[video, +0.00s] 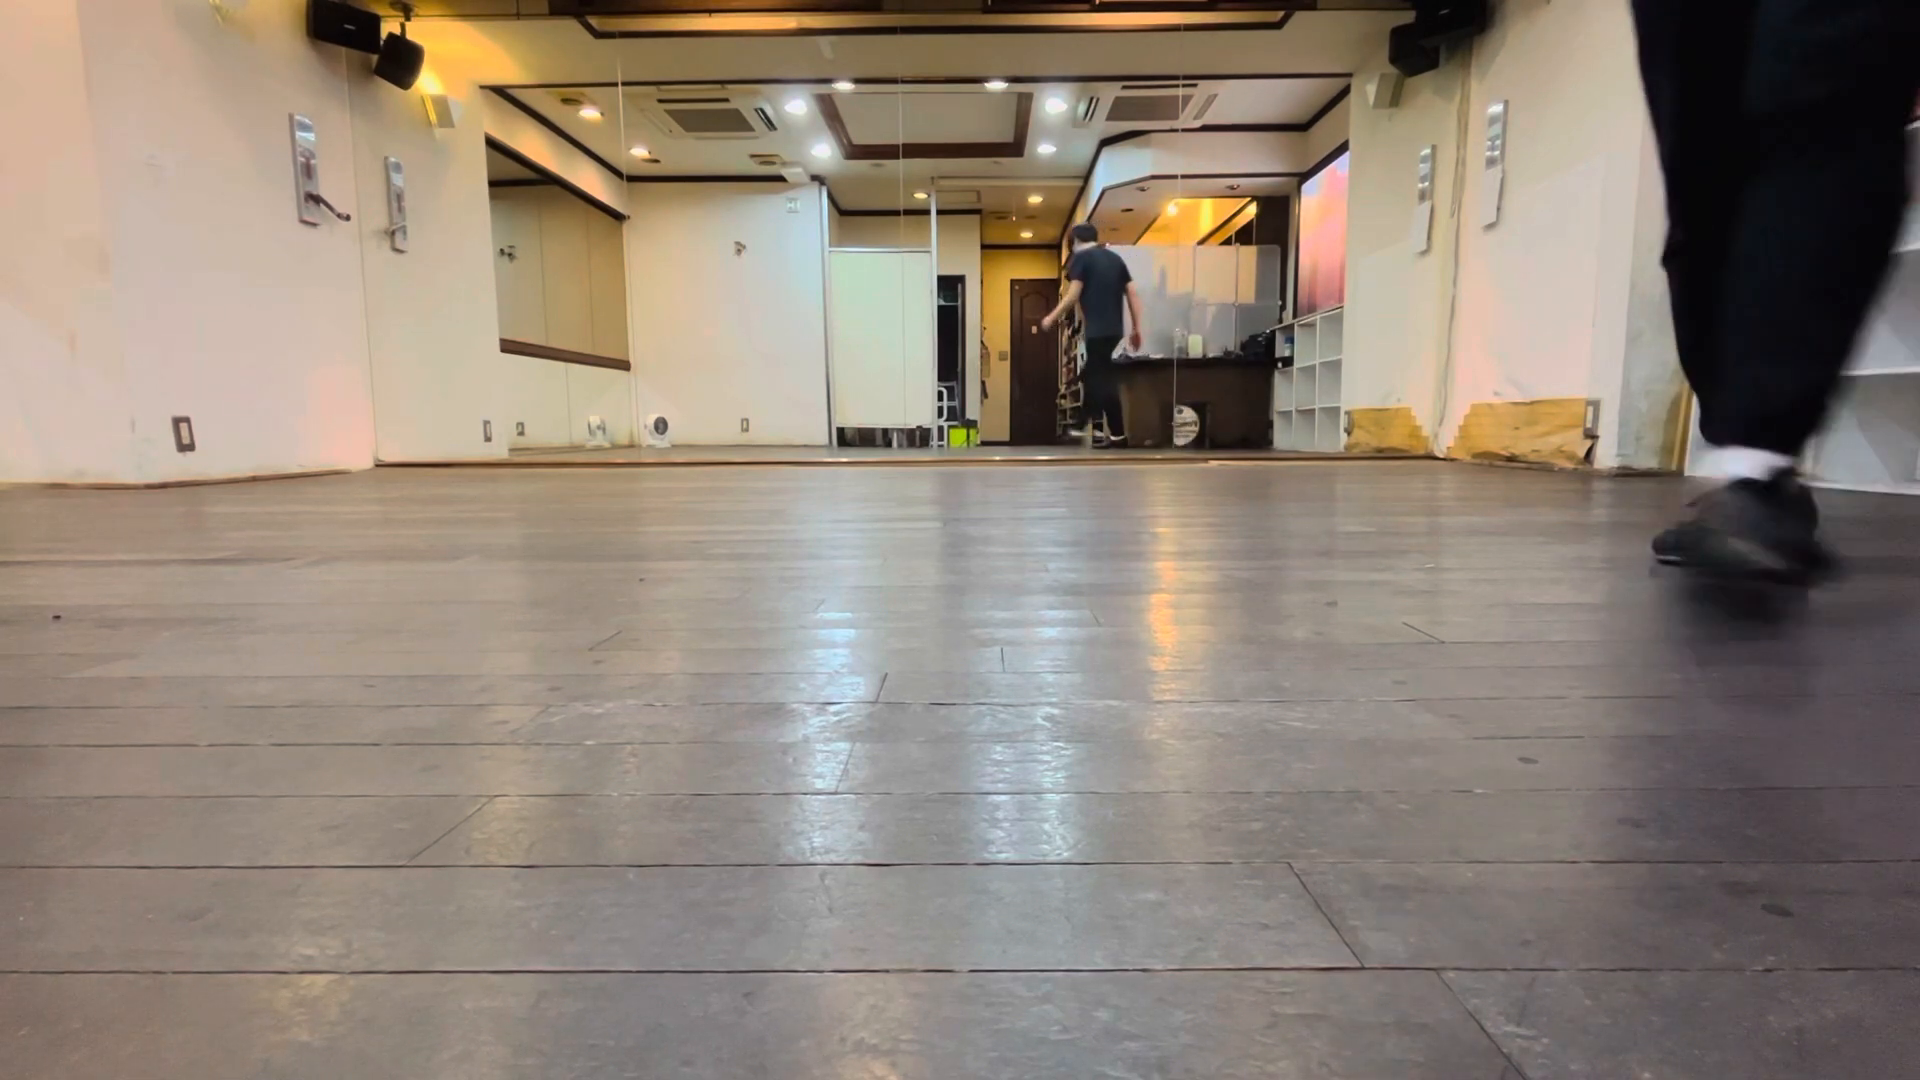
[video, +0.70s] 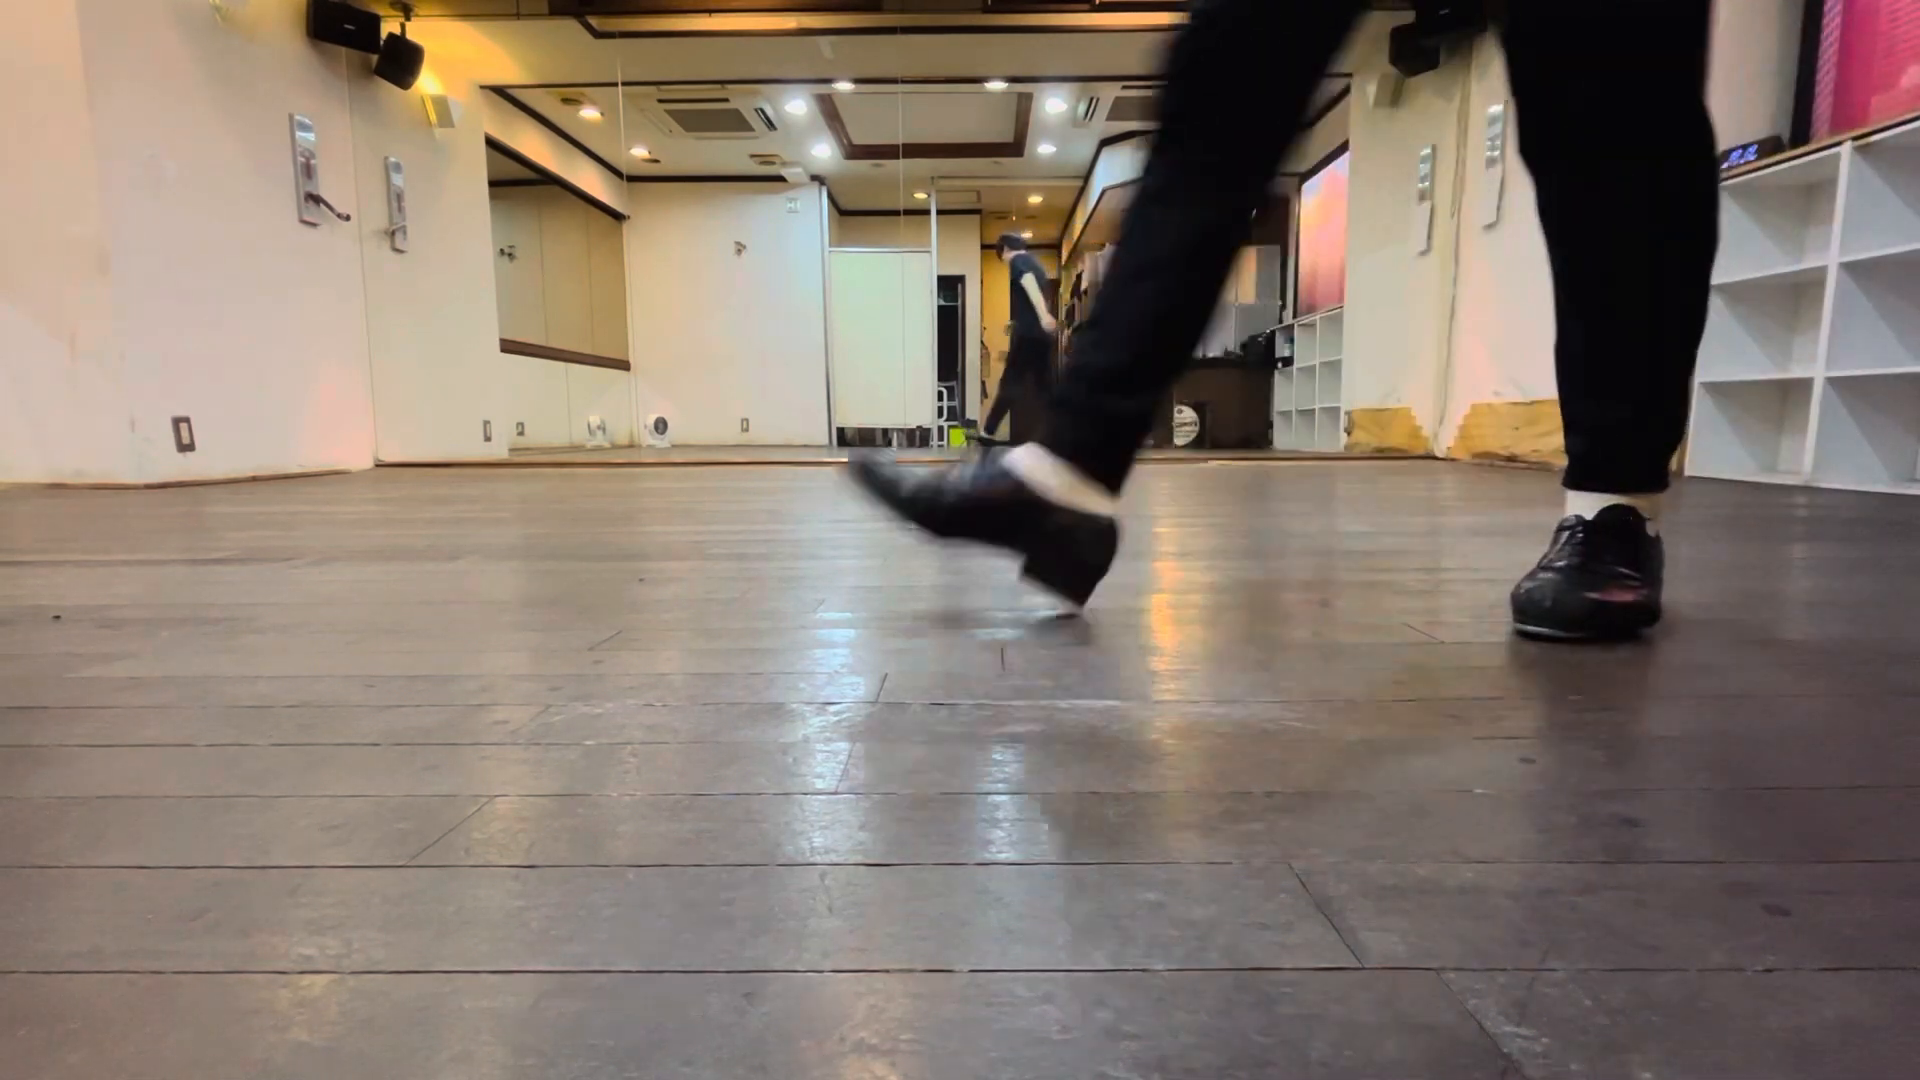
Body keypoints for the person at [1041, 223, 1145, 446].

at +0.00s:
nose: (1073, 247)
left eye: (1073, 243)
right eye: (1073, 243)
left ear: (1077, 241)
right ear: (1095, 239)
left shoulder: (1081, 258)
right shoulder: (1114, 258)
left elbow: (1073, 294)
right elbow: (1131, 293)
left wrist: (1051, 317)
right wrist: (1136, 329)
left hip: (1096, 332)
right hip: (1115, 331)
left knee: (1103, 380)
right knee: (1091, 377)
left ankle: (1117, 433)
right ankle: (1084, 425)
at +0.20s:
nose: (1055, 252)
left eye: (1055, 248)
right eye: (1055, 248)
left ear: (1060, 245)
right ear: (1075, 245)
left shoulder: (1065, 259)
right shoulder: (1092, 264)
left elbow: (1061, 295)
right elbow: (1106, 302)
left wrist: (1041, 320)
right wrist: (1115, 336)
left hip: (1074, 333)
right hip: (1089, 333)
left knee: (1084, 381)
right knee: (1068, 381)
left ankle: (1112, 429)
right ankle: (1058, 430)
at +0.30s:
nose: (1045, 256)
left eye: (1044, 251)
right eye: (1044, 252)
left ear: (1048, 246)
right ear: (1063, 245)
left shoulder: (1057, 257)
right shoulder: (1079, 267)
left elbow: (1055, 295)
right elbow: (1088, 306)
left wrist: (1043, 327)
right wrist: (1096, 339)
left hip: (1062, 330)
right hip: (1076, 331)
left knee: (1061, 380)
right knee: (1064, 380)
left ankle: (1099, 421)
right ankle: (1067, 430)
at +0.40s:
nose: (1034, 256)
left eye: (1034, 251)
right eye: (1034, 252)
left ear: (1039, 246)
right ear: (1054, 245)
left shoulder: (1050, 258)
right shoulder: (1066, 263)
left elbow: (1052, 285)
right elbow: (1071, 298)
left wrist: (1049, 326)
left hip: (1059, 330)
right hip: (1067, 331)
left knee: (1043, 378)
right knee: (1049, 379)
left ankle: (1070, 417)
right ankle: (1055, 429)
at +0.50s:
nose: (1025, 255)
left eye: (1025, 250)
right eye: (1024, 251)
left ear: (1030, 245)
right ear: (1041, 244)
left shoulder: (1041, 256)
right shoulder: (1052, 259)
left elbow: (1048, 283)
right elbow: (1057, 290)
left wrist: (1054, 317)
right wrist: (1055, 318)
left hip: (1044, 327)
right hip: (1053, 326)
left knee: (1036, 373)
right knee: (1048, 375)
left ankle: (1049, 422)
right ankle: (1055, 423)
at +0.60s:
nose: (1014, 256)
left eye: (1014, 251)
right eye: (1013, 252)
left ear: (1019, 247)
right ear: (1032, 245)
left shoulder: (1031, 258)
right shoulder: (1043, 262)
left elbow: (1042, 282)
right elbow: (1036, 302)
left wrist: (1053, 313)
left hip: (1035, 330)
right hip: (1045, 330)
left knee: (1017, 377)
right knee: (1046, 379)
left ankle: (1023, 427)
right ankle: (1051, 429)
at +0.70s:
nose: (1002, 260)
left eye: (1001, 256)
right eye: (1001, 257)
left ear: (1006, 249)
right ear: (1021, 247)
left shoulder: (1017, 260)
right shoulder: (1033, 263)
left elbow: (1029, 283)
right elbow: (1032, 299)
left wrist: (1044, 315)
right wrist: (1017, 324)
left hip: (1027, 334)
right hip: (1040, 334)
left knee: (1011, 383)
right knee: (1039, 383)